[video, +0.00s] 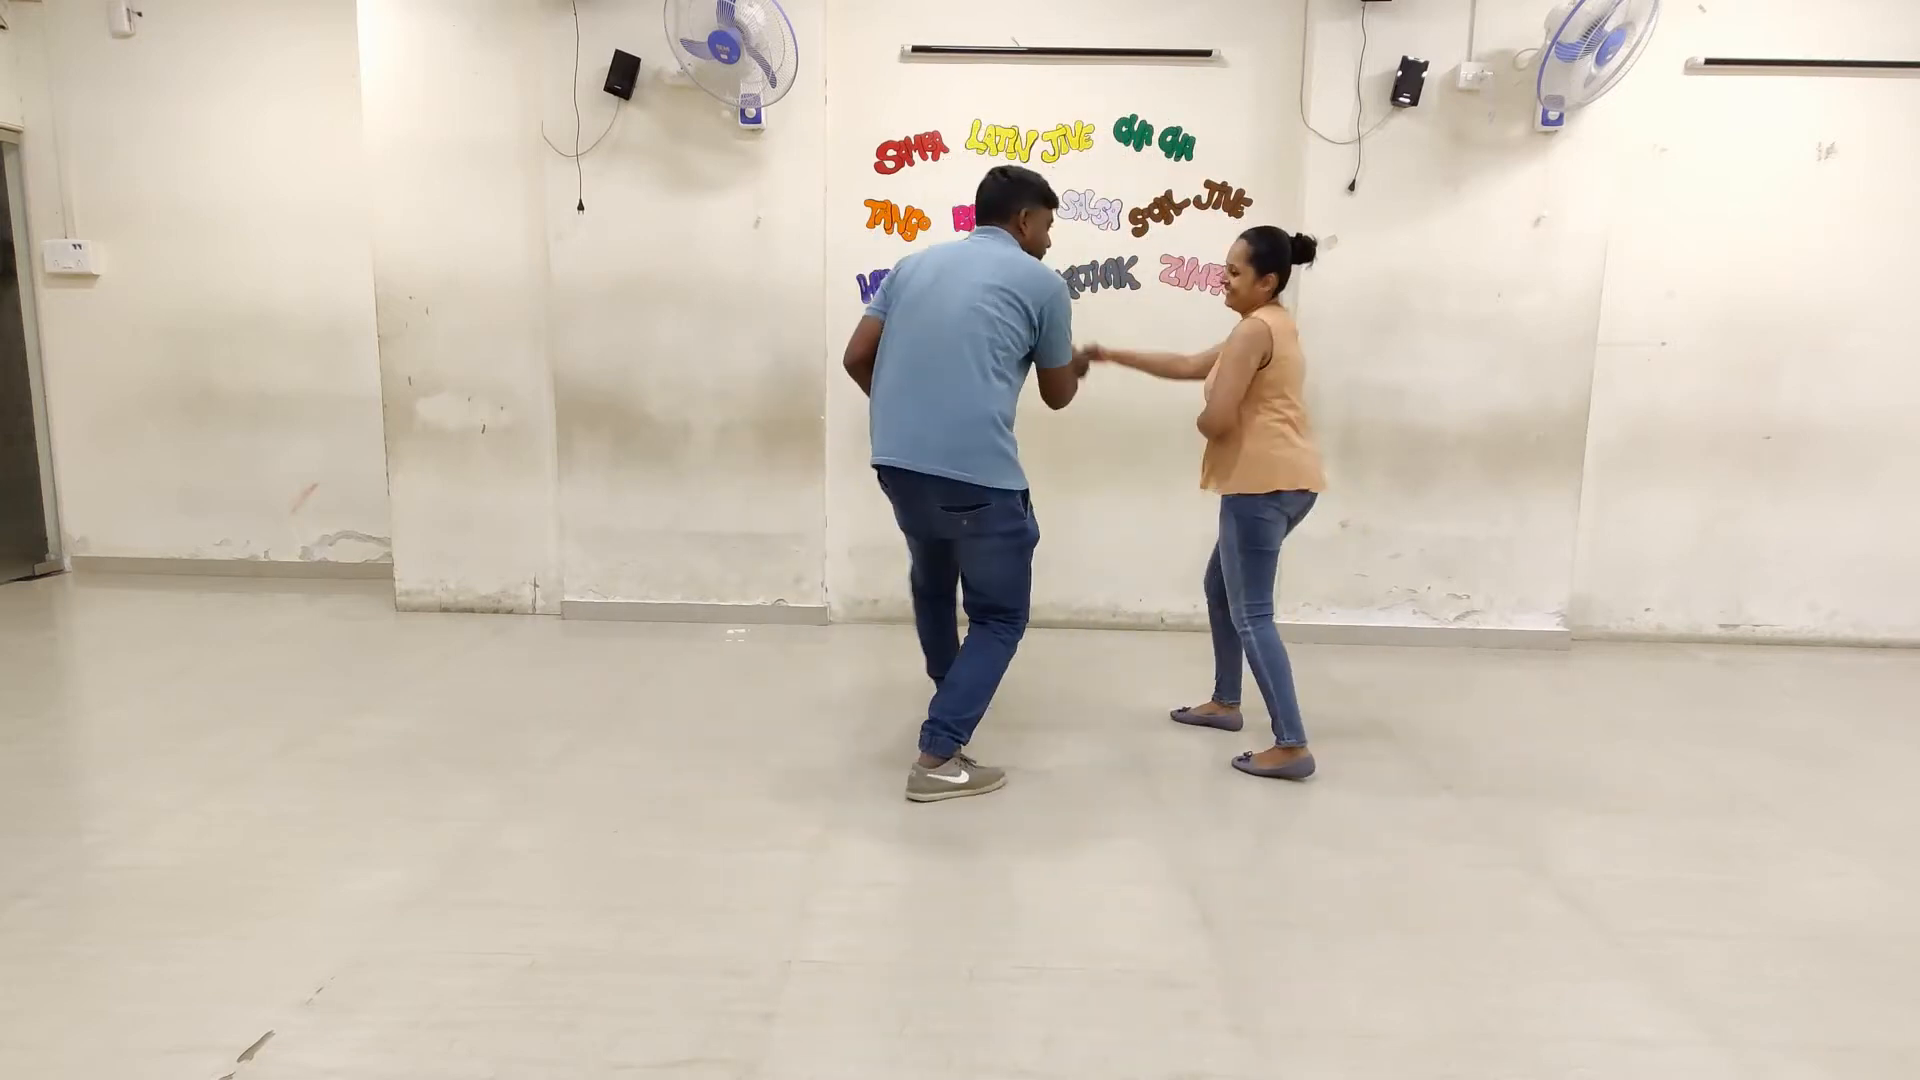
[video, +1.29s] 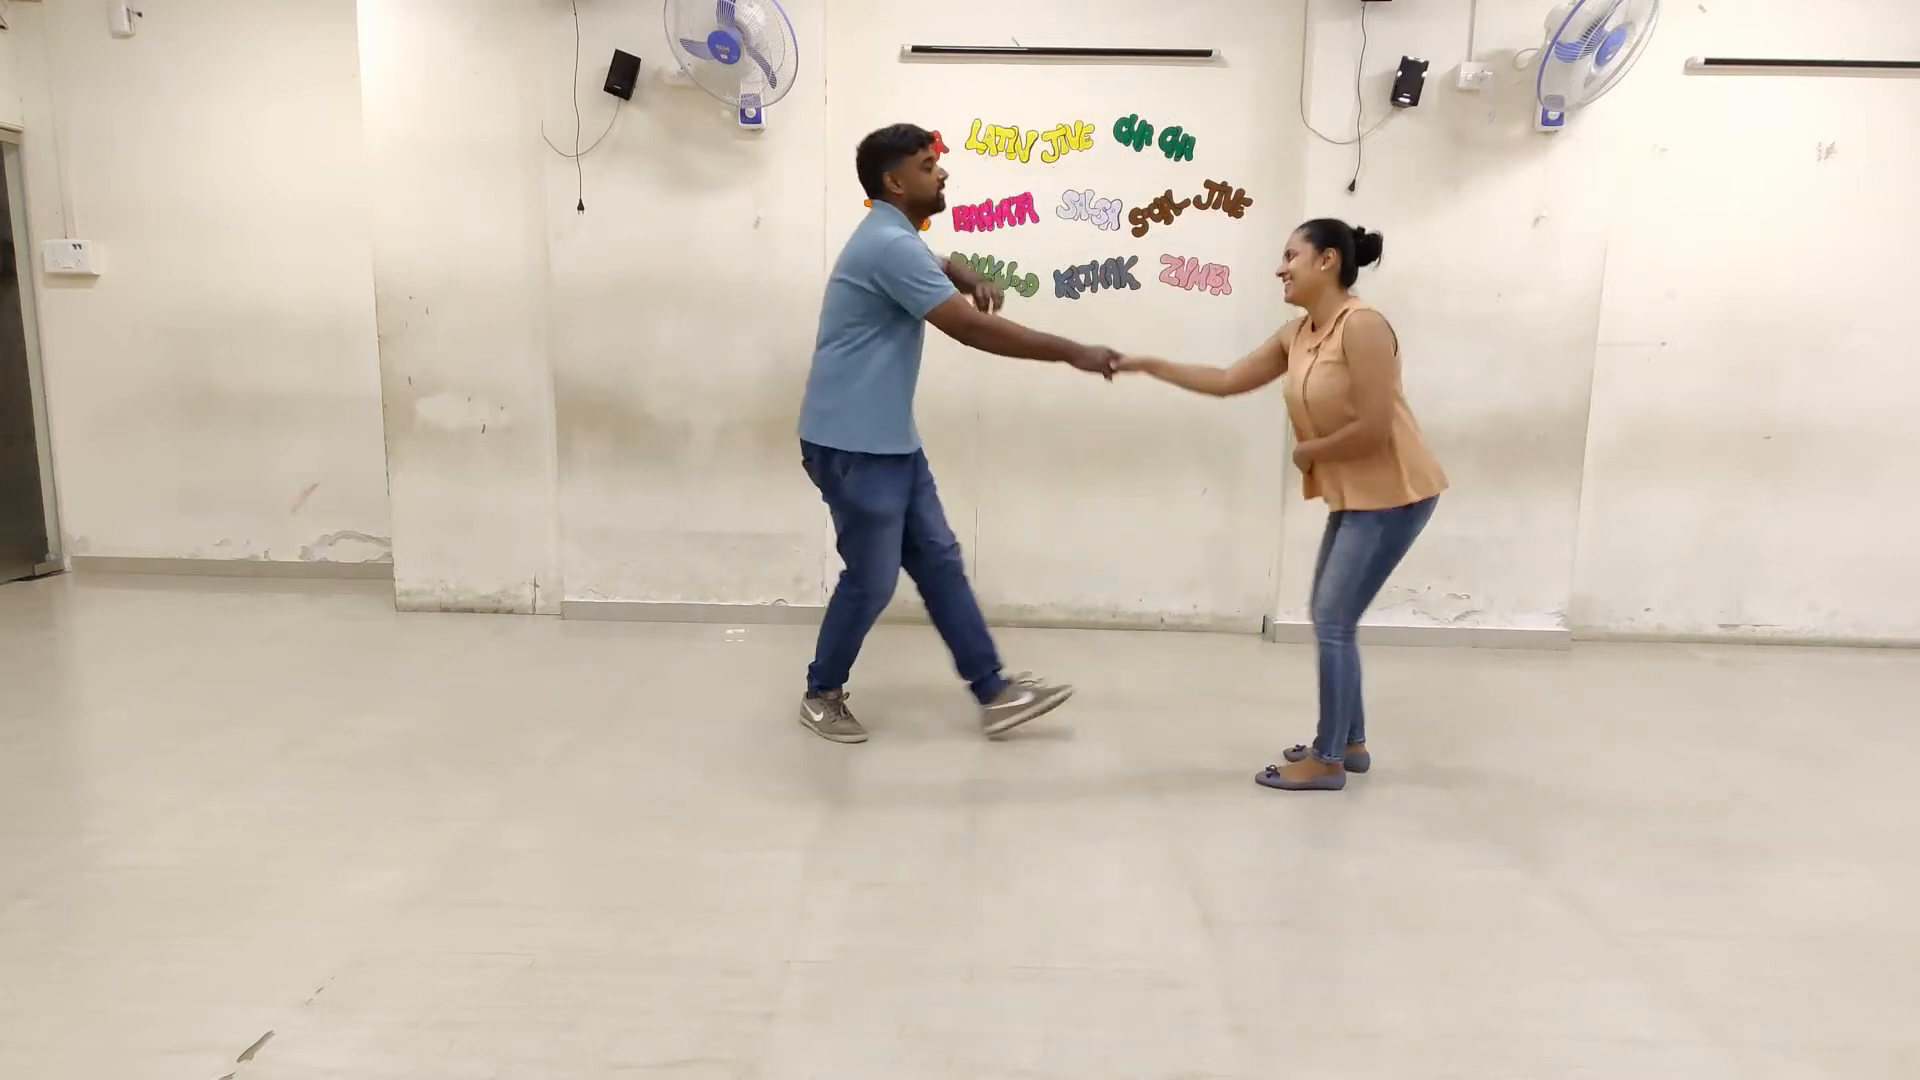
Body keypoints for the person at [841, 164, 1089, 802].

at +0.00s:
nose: (1050, 236)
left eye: (1050, 223)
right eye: (1046, 222)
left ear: (985, 216)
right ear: (1021, 217)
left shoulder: (916, 263)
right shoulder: (1042, 283)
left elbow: (858, 357)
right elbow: (1057, 393)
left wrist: (902, 405)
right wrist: (1078, 361)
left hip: (897, 459)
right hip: (977, 466)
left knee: (932, 572)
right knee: (998, 618)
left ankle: (947, 701)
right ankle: (939, 756)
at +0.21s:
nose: (1055, 232)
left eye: (1055, 218)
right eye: (1051, 218)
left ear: (993, 219)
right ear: (1024, 217)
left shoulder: (927, 273)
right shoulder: (1031, 277)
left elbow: (877, 369)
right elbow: (1040, 377)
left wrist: (936, 410)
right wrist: (1086, 439)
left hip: (913, 472)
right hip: (979, 477)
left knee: (995, 571)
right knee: (1012, 621)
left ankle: (975, 707)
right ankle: (938, 756)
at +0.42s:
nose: (1058, 201)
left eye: (1054, 189)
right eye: (1048, 190)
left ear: (1002, 198)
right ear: (1014, 197)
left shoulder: (966, 249)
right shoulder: (1008, 252)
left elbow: (968, 355)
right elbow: (1002, 348)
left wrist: (1025, 401)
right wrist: (1079, 430)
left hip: (937, 443)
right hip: (969, 448)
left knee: (1011, 578)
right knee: (1040, 588)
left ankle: (980, 709)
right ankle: (954, 734)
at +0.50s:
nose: (1059, 184)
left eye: (1055, 172)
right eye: (1046, 173)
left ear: (1006, 184)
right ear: (1008, 183)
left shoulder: (982, 235)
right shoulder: (999, 237)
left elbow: (976, 343)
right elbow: (991, 338)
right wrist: (1071, 415)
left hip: (953, 430)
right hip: (966, 433)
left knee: (1013, 571)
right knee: (1036, 573)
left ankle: (975, 707)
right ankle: (990, 740)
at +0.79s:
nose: (1038, 169)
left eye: (1035, 160)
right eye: (1025, 161)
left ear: (1003, 176)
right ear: (986, 174)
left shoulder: (995, 244)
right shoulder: (966, 244)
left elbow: (985, 340)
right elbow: (994, 347)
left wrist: (1025, 372)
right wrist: (1088, 385)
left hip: (977, 431)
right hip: (942, 430)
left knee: (1023, 564)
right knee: (1000, 565)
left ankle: (974, 705)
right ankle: (984, 724)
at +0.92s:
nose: (1003, 172)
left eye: (1000, 162)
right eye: (987, 165)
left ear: (967, 183)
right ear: (952, 184)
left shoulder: (968, 248)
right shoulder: (945, 251)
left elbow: (974, 335)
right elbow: (1013, 340)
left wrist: (1011, 357)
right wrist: (1107, 372)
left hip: (971, 441)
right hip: (926, 442)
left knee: (1017, 566)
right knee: (967, 575)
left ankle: (974, 703)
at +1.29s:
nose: (941, 173)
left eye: (937, 163)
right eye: (928, 165)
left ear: (901, 181)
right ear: (894, 179)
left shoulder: (896, 233)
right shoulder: (889, 244)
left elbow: (932, 264)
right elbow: (970, 327)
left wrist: (964, 273)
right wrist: (1070, 350)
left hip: (890, 438)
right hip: (851, 442)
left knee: (938, 560)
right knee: (871, 578)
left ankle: (995, 691)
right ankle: (822, 692)